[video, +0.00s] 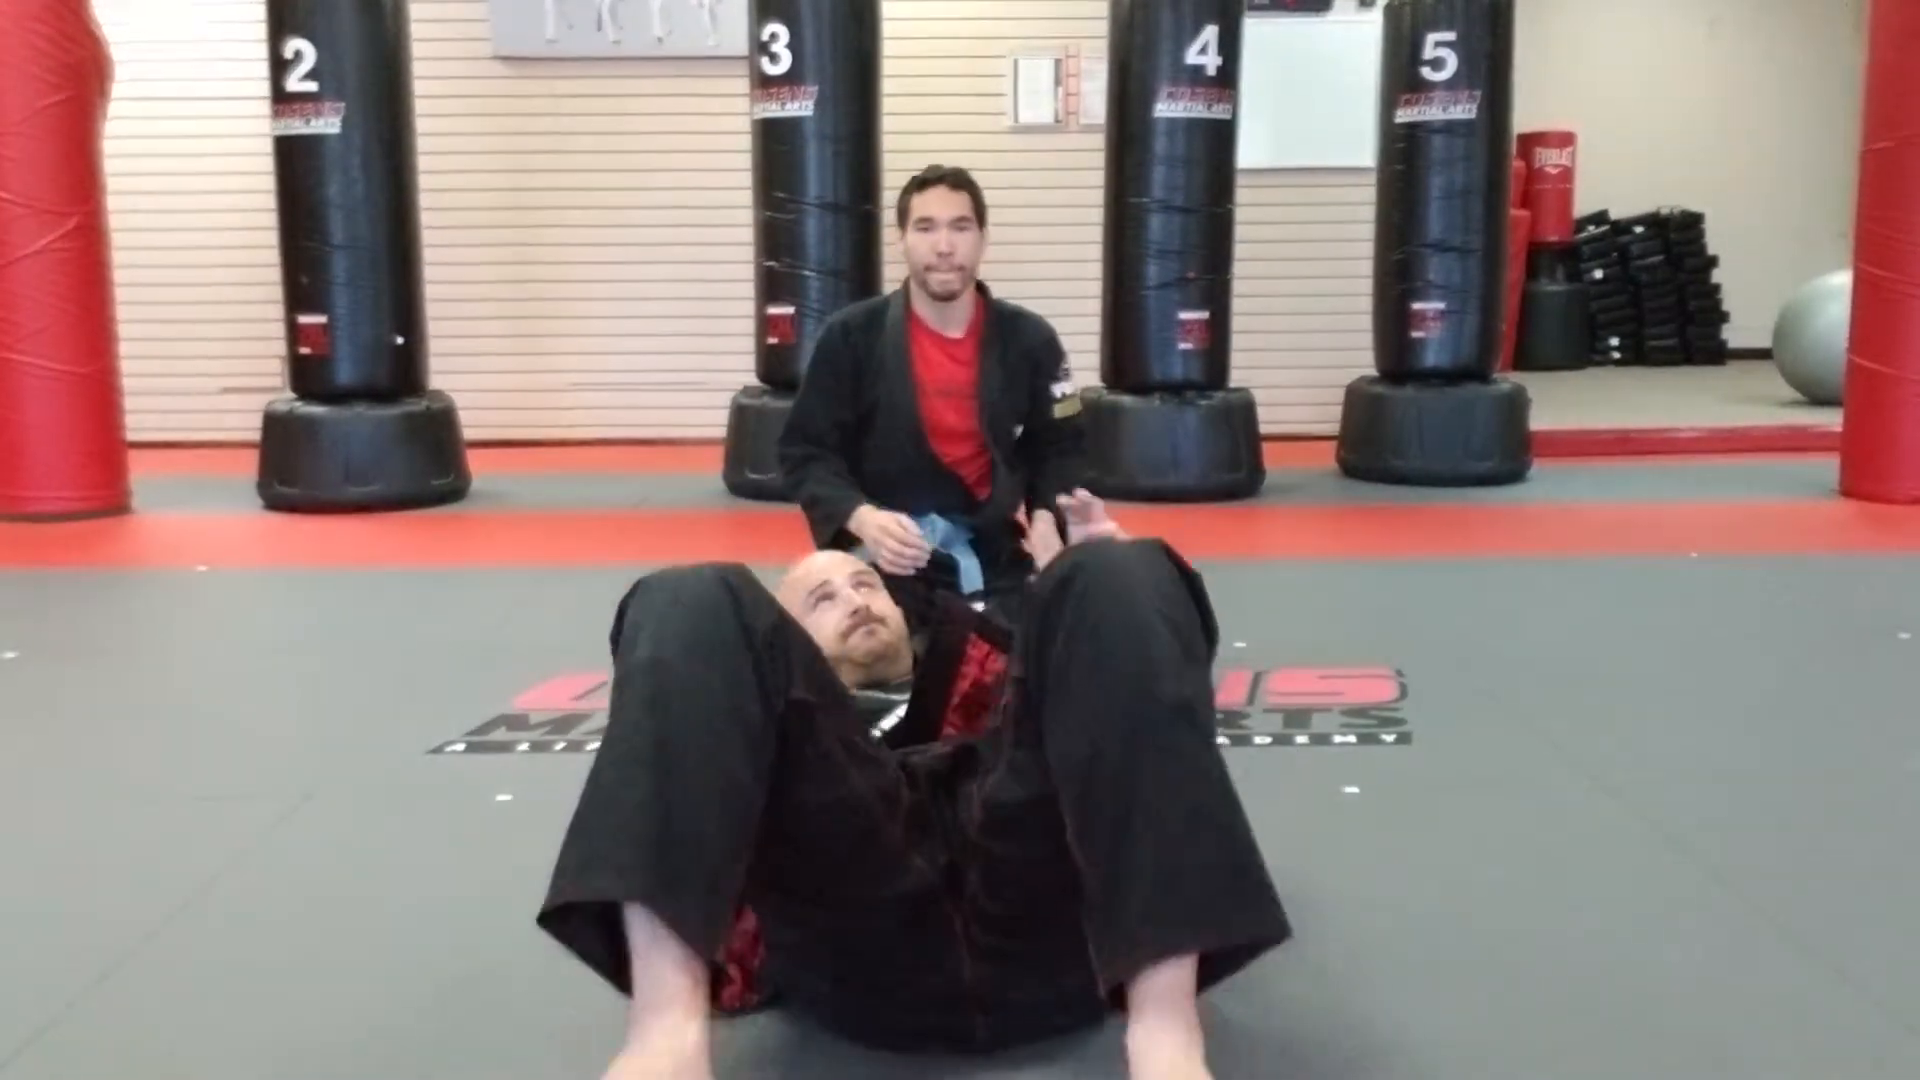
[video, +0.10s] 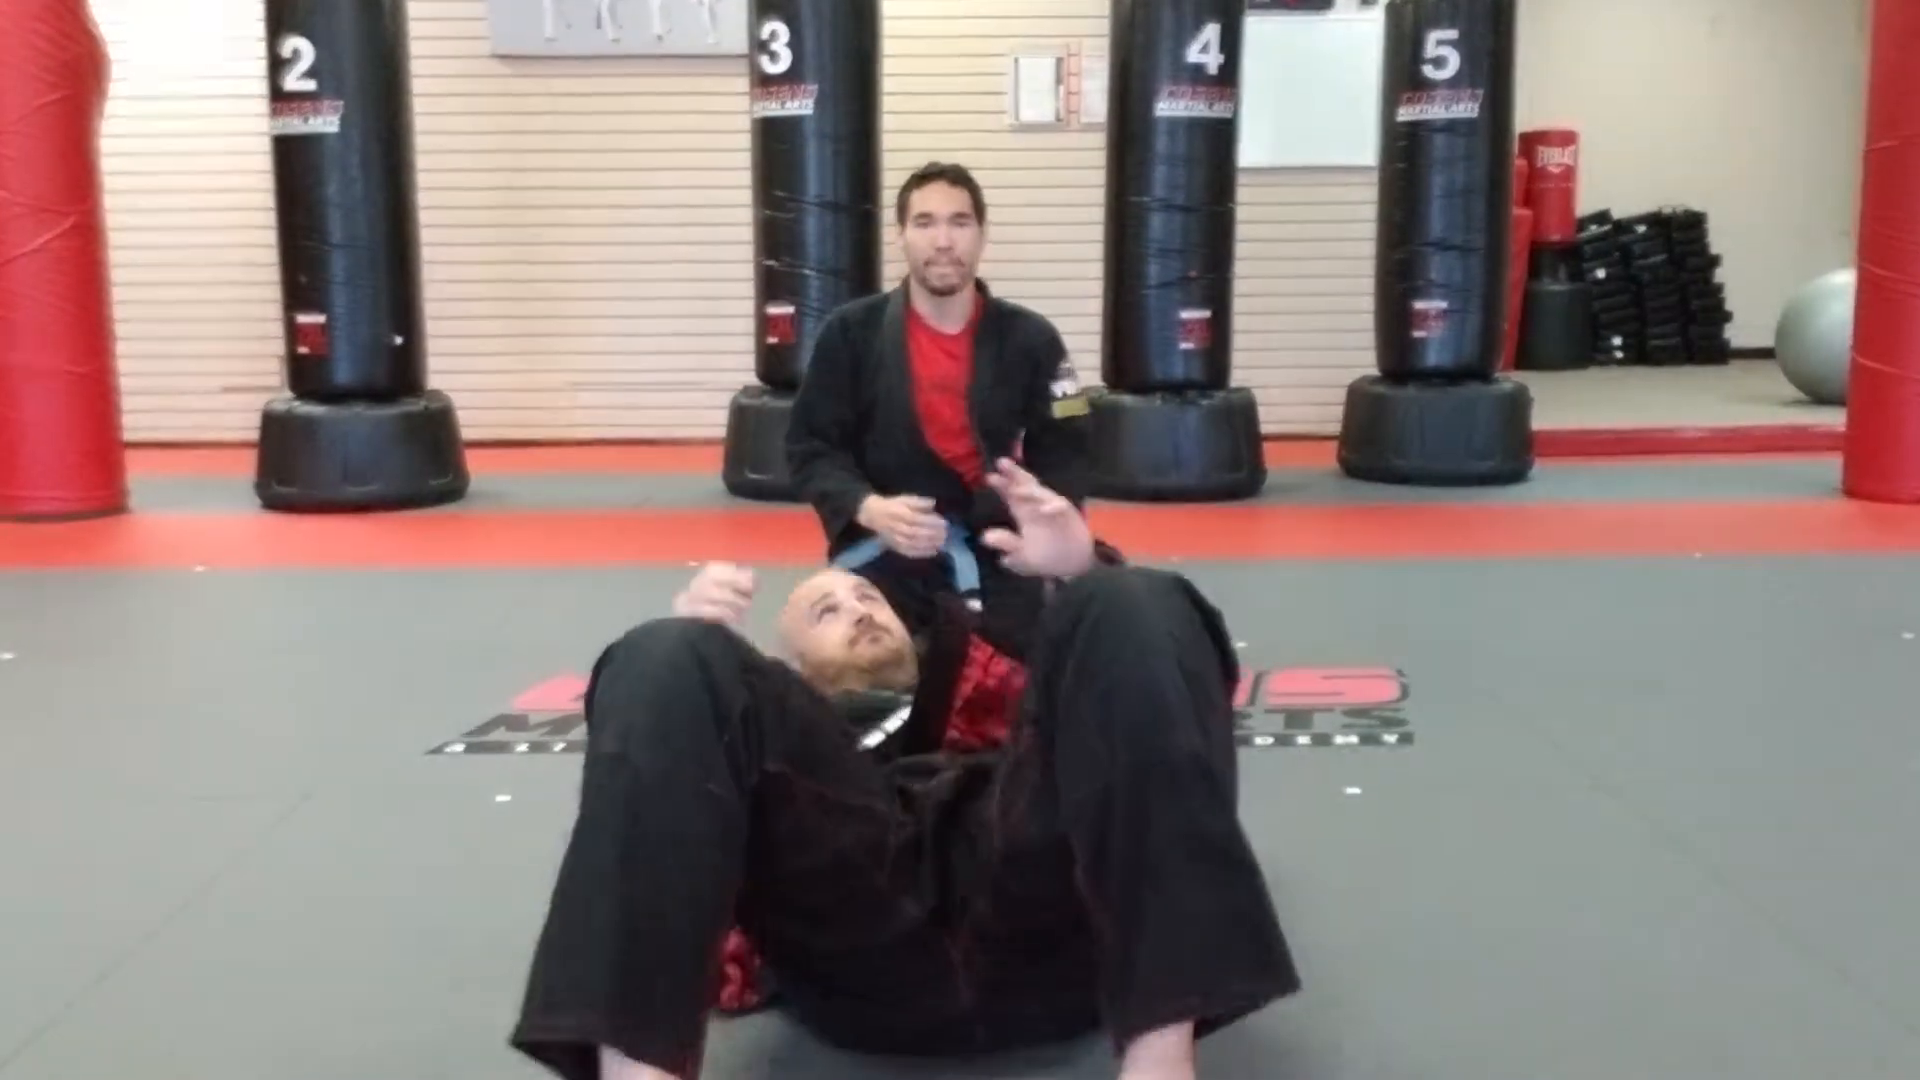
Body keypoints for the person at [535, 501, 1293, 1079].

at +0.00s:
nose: (847, 596)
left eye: (855, 581)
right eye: (818, 603)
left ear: (903, 593)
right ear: (798, 663)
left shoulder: (1024, 661)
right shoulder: (795, 736)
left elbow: (1176, 659)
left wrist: (1097, 575)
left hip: (1061, 959)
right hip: (863, 976)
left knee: (1119, 571)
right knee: (681, 598)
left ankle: (1167, 1027)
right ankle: (667, 1026)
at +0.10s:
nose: (853, 602)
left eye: (860, 598)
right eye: (824, 613)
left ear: (923, 632)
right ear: (800, 688)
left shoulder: (1016, 690)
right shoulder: (795, 752)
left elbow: (1191, 705)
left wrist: (1083, 581)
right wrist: (696, 654)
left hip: (1054, 925)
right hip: (854, 945)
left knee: (1139, 606)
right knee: (662, 658)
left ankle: (1160, 1051)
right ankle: (638, 1061)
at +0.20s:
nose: (862, 615)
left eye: (884, 612)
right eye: (834, 619)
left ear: (928, 654)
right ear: (796, 681)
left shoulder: (1008, 710)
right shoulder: (782, 743)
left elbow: (1180, 712)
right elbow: (671, 780)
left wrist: (1044, 586)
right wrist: (728, 633)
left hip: (1048, 942)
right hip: (857, 960)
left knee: (1146, 599)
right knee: (665, 656)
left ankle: (1167, 1047)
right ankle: (638, 1058)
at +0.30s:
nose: (871, 617)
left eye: (892, 614)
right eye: (842, 618)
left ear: (935, 654)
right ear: (795, 672)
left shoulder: (1011, 715)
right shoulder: (782, 727)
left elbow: (1183, 681)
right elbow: (680, 726)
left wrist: (1027, 608)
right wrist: (755, 598)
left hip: (1046, 932)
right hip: (850, 945)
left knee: (1141, 601)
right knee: (662, 658)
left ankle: (1162, 1049)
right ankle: (636, 1060)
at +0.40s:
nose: (880, 623)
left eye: (898, 620)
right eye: (851, 623)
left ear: (934, 646)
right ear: (807, 667)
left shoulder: (1005, 687)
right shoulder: (787, 718)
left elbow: (1182, 682)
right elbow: (665, 725)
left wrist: (1043, 620)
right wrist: (766, 603)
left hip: (1045, 920)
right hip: (850, 929)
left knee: (1137, 600)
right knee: (667, 659)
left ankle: (1162, 1045)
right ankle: (640, 1058)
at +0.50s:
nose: (877, 631)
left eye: (893, 627)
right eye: (853, 632)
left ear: (933, 641)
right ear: (814, 664)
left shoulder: (1010, 677)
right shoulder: (793, 712)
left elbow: (1185, 672)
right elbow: (689, 710)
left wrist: (1045, 608)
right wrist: (787, 590)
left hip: (1047, 919)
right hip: (853, 929)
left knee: (1139, 600)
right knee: (666, 661)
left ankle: (1163, 1050)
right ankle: (638, 1062)